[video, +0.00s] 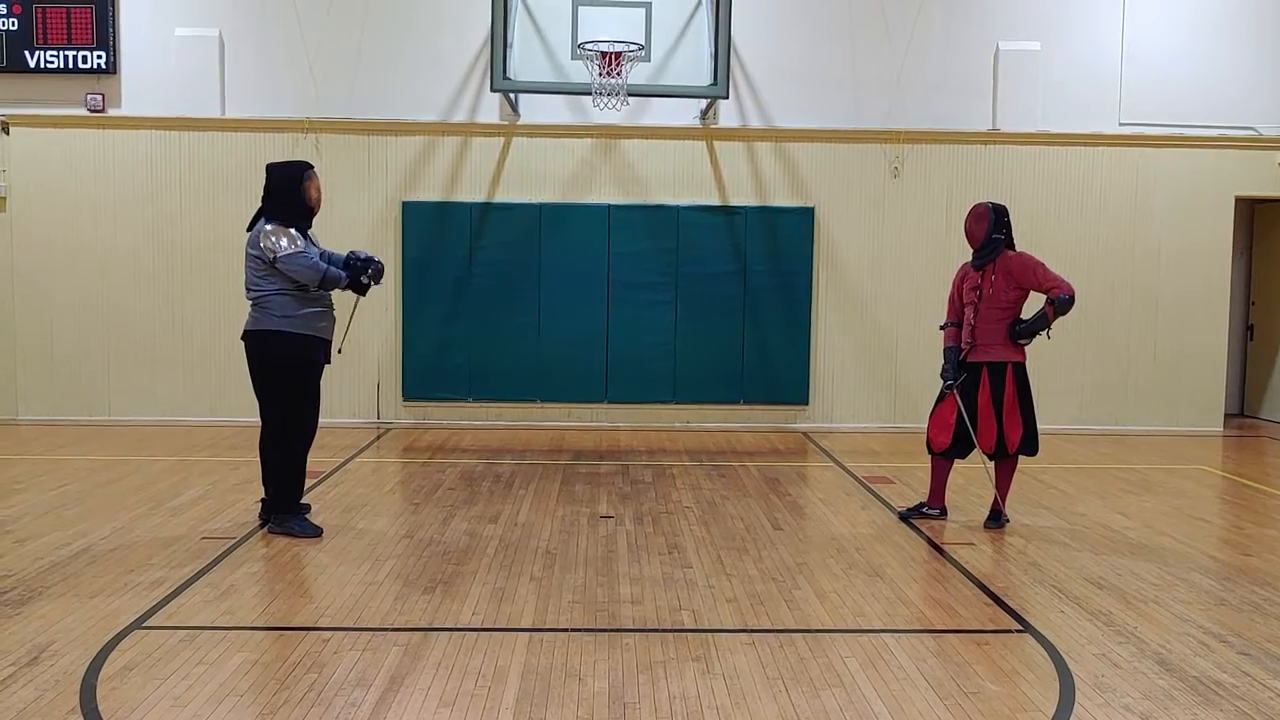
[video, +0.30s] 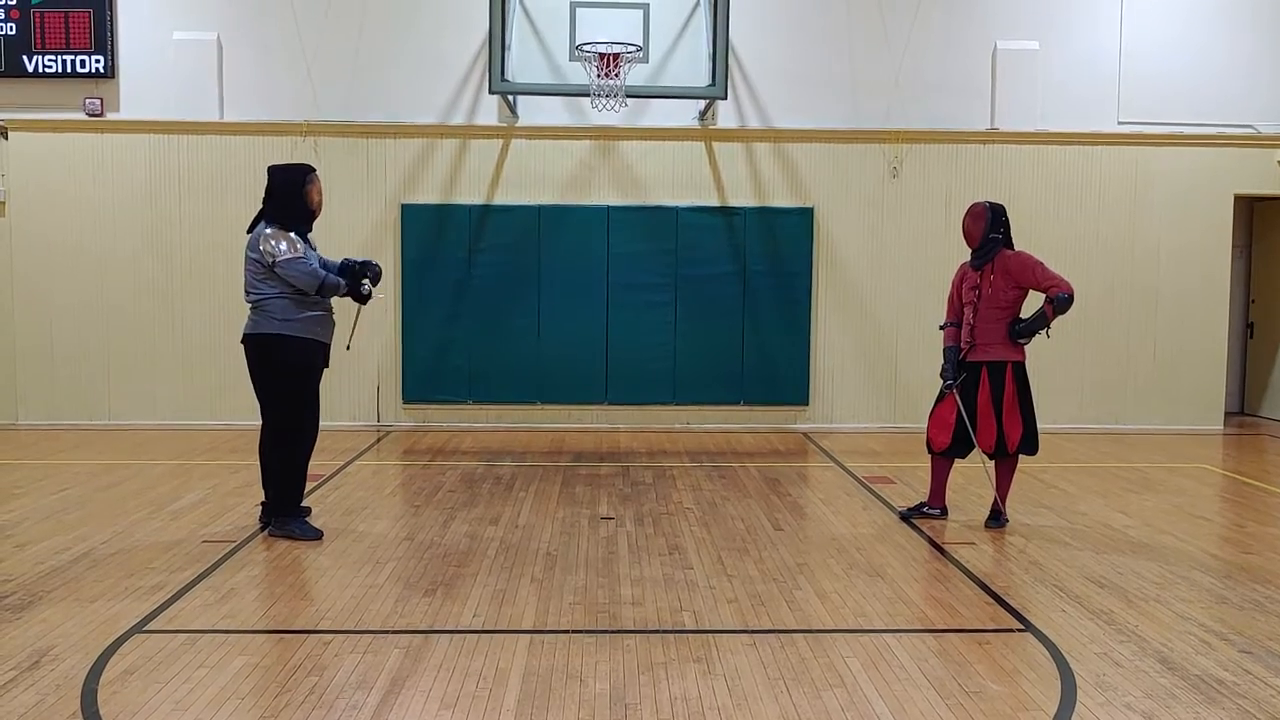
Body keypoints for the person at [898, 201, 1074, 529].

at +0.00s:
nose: (968, 232)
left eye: (974, 225)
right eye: (969, 225)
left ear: (992, 227)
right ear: (980, 228)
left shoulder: (1016, 263)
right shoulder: (966, 272)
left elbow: (1064, 293)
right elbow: (953, 320)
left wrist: (1032, 326)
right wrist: (950, 361)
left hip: (1004, 365)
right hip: (967, 365)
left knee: (1006, 435)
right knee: (943, 428)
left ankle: (998, 508)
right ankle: (935, 503)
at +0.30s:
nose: (966, 231)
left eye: (972, 223)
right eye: (966, 224)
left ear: (991, 226)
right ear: (976, 227)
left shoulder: (1015, 262)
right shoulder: (965, 271)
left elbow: (1063, 292)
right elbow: (953, 320)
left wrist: (1031, 325)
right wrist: (950, 361)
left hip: (1004, 364)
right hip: (966, 364)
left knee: (1006, 435)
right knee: (943, 428)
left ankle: (999, 507)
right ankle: (935, 502)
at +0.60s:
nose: (964, 228)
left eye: (970, 221)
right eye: (964, 221)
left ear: (989, 223)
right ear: (971, 224)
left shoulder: (1012, 258)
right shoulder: (964, 267)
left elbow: (1062, 288)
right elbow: (952, 316)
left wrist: (1031, 321)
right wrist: (950, 356)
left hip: (1003, 360)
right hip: (966, 361)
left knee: (1006, 431)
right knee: (943, 424)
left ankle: (999, 503)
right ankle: (936, 499)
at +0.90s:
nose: (962, 218)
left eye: (968, 210)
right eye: (962, 211)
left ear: (987, 213)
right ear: (971, 214)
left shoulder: (1013, 248)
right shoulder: (964, 258)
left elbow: (1062, 279)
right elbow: (953, 307)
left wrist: (1031, 312)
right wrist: (950, 347)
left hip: (1004, 350)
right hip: (967, 351)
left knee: (1007, 421)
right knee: (944, 415)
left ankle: (1000, 494)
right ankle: (937, 489)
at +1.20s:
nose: (961, 206)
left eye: (967, 199)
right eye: (960, 199)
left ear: (987, 202)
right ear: (968, 204)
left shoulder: (1011, 237)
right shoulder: (963, 248)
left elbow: (1061, 268)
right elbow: (952, 297)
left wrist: (1030, 301)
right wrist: (949, 336)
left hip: (1003, 340)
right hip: (966, 341)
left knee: (1006, 410)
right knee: (943, 404)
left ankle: (1000, 484)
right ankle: (936, 480)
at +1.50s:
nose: (960, 198)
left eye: (966, 190)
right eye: (959, 191)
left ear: (986, 194)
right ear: (966, 195)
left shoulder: (1009, 229)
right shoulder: (962, 240)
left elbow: (1058, 259)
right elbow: (951, 290)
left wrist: (1028, 292)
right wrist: (947, 328)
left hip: (1002, 332)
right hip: (964, 333)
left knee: (1004, 402)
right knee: (941, 395)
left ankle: (998, 475)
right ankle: (935, 471)